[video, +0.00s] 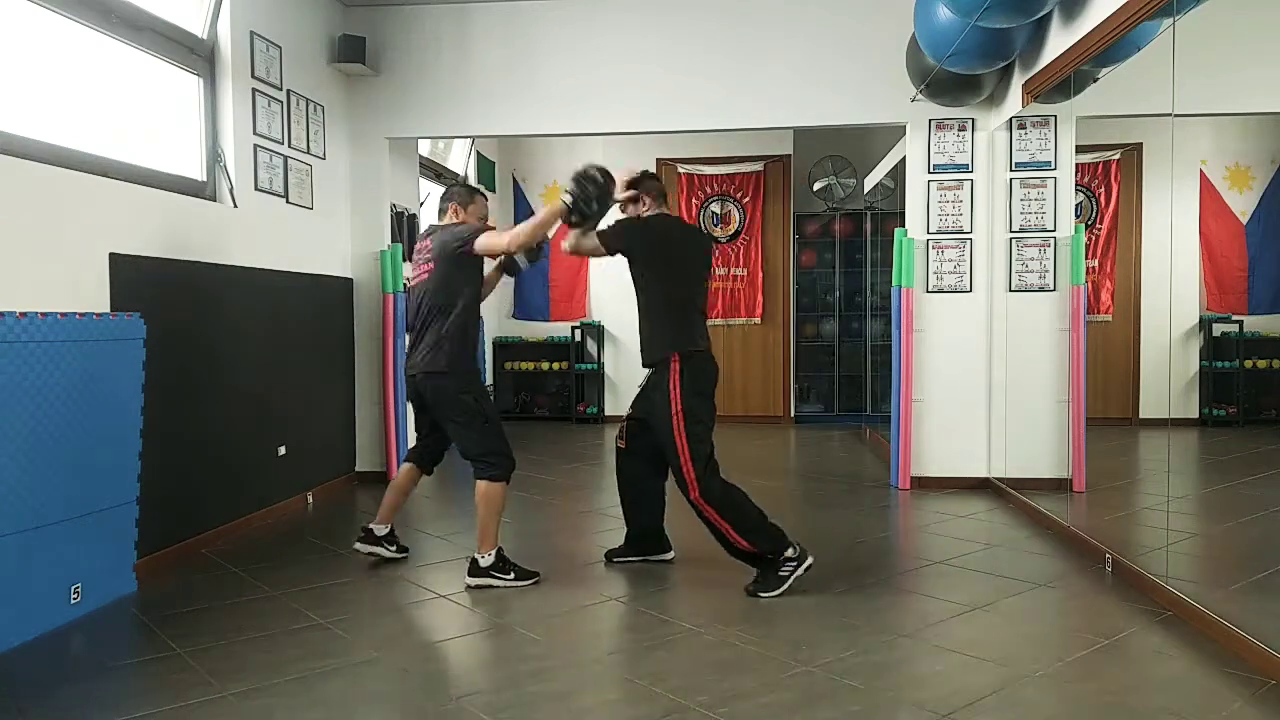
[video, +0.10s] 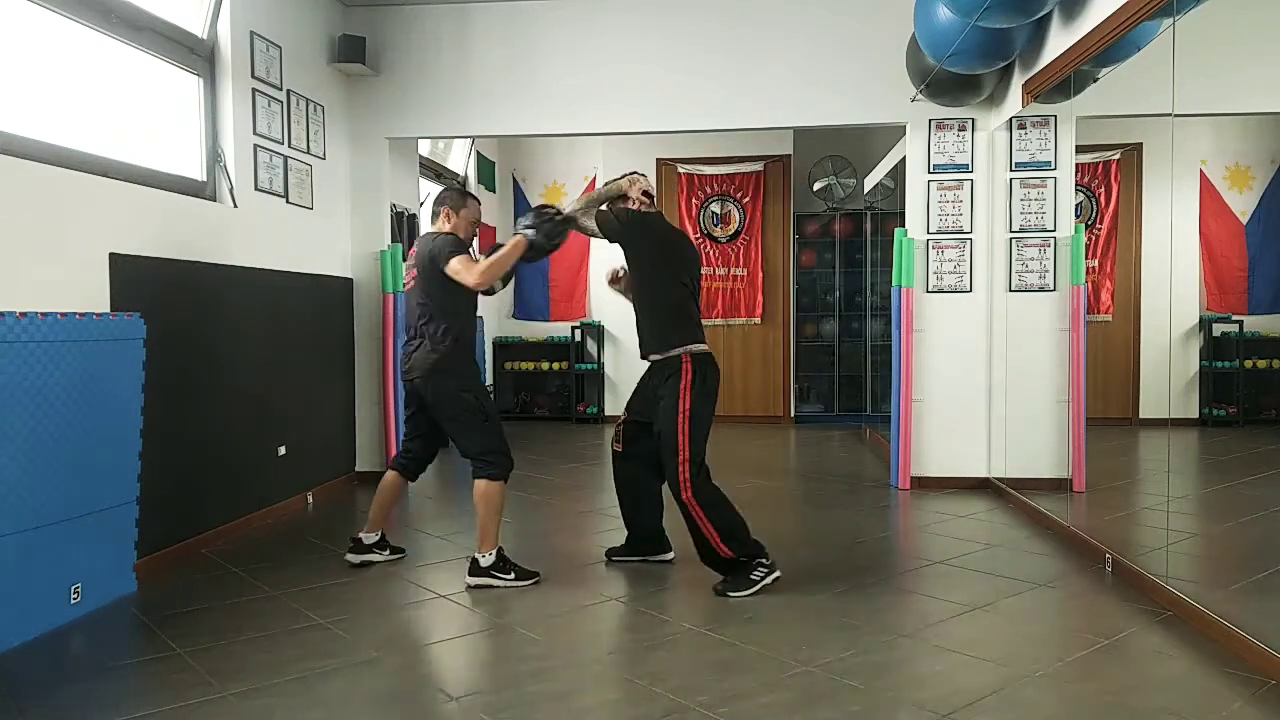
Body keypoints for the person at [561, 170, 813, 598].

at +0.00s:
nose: (625, 213)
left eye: (626, 205)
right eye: (624, 206)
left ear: (643, 201)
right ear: (663, 199)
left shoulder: (639, 231)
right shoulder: (698, 238)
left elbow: (574, 244)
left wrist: (593, 200)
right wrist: (642, 214)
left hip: (678, 368)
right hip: (684, 365)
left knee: (697, 481)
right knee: (635, 448)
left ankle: (781, 555)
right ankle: (647, 541)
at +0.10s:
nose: (618, 210)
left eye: (621, 203)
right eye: (621, 203)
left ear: (633, 200)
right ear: (649, 203)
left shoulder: (641, 223)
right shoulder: (679, 243)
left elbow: (576, 215)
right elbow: (667, 304)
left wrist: (616, 187)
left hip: (685, 369)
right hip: (662, 369)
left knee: (684, 474)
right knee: (630, 448)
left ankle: (750, 562)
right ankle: (647, 541)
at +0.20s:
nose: (625, 193)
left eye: (631, 186)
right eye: (619, 189)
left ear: (644, 193)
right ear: (620, 201)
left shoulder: (655, 223)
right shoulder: (646, 248)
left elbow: (587, 250)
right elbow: (650, 324)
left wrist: (605, 203)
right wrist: (607, 309)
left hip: (688, 364)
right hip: (653, 367)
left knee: (676, 464)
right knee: (620, 451)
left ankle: (719, 565)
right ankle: (647, 541)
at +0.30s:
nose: (610, 200)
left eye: (614, 191)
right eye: (608, 195)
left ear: (633, 191)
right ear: (619, 200)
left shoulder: (675, 226)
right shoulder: (622, 249)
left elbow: (628, 257)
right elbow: (566, 283)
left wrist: (616, 211)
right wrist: (547, 238)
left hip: (691, 371)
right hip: (650, 373)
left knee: (680, 472)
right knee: (607, 456)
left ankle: (720, 568)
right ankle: (642, 532)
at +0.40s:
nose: (605, 216)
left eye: (608, 207)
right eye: (603, 209)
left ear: (629, 202)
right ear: (622, 204)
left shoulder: (678, 238)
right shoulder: (616, 244)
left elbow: (630, 270)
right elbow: (552, 252)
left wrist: (613, 221)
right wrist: (556, 212)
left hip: (687, 379)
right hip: (642, 379)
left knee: (683, 476)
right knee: (593, 456)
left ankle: (722, 569)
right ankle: (623, 532)